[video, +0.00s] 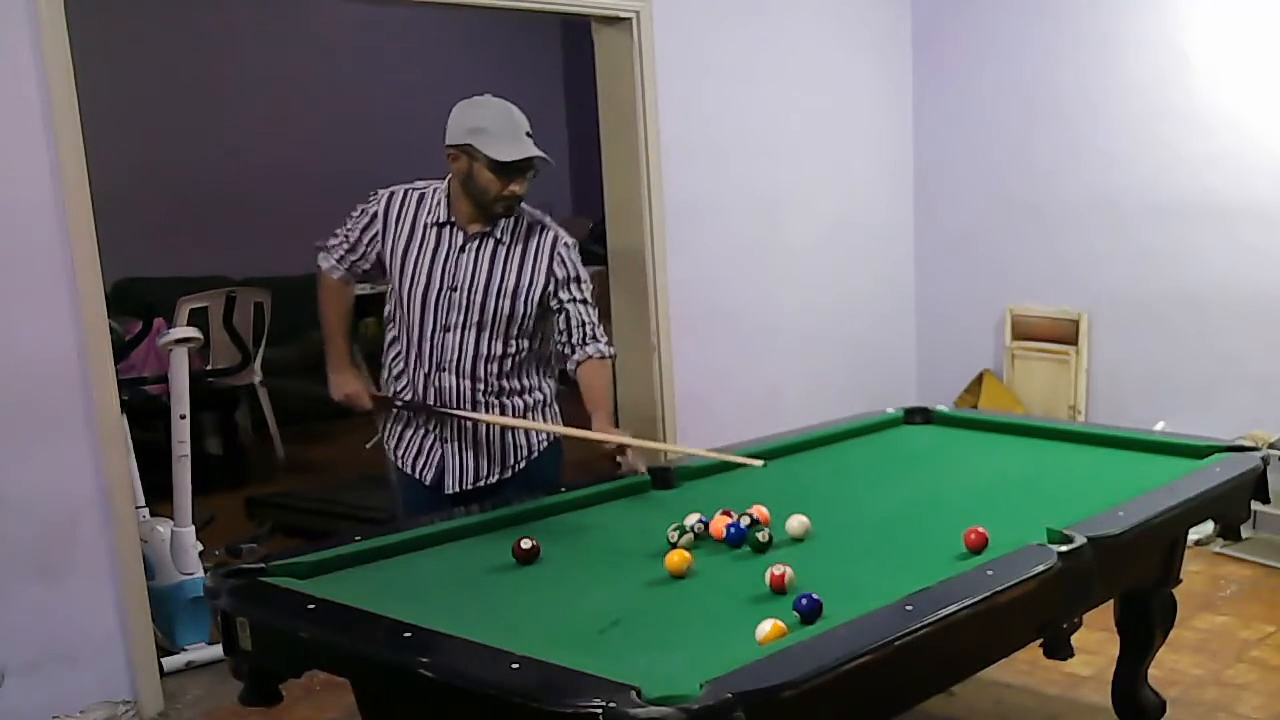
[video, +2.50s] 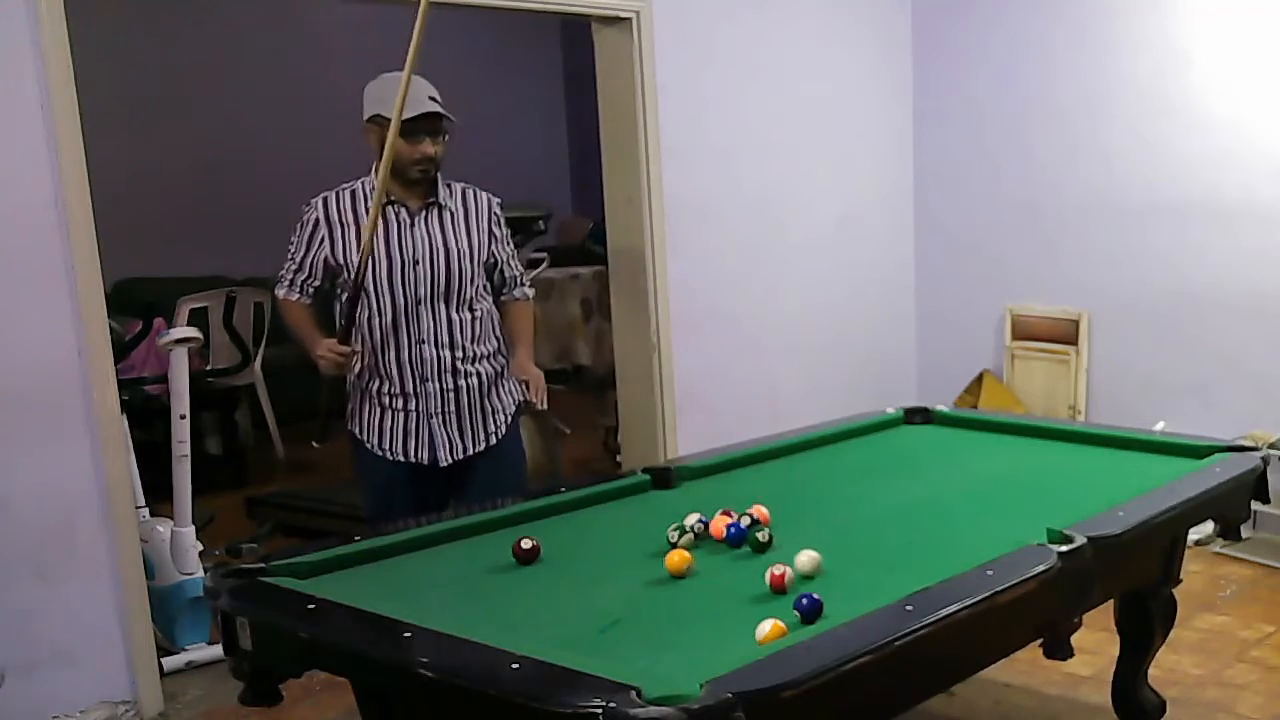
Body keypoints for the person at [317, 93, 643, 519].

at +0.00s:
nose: (519, 187)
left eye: (527, 172)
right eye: (503, 171)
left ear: (535, 168)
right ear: (457, 160)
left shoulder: (551, 248)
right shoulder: (392, 213)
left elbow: (587, 343)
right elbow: (336, 265)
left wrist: (604, 422)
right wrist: (340, 365)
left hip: (519, 449)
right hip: (421, 447)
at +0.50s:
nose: (523, 216)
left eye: (530, 201)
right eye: (510, 200)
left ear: (535, 195)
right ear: (462, 187)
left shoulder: (541, 266)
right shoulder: (388, 211)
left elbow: (593, 358)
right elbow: (310, 232)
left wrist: (647, 440)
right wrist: (301, 335)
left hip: (499, 442)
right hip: (404, 439)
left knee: (526, 579)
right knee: (418, 592)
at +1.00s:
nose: (543, 232)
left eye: (548, 218)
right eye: (531, 217)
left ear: (552, 210)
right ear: (484, 201)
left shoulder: (555, 277)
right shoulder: (409, 211)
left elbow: (611, 370)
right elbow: (322, 210)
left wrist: (671, 454)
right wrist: (316, 317)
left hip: (500, 436)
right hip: (403, 427)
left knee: (520, 570)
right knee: (415, 579)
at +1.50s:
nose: (555, 231)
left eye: (563, 217)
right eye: (544, 214)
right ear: (497, 193)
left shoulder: (564, 265)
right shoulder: (417, 208)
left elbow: (618, 360)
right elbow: (334, 282)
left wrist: (656, 442)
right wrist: (398, 325)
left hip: (514, 454)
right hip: (416, 447)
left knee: (528, 592)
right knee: (414, 597)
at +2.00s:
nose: (500, 164)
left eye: (506, 150)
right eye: (485, 147)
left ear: (511, 150)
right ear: (443, 139)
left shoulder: (524, 229)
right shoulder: (368, 207)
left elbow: (547, 311)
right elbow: (310, 287)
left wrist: (548, 385)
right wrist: (350, 336)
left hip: (499, 436)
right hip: (402, 435)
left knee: (509, 573)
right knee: (408, 580)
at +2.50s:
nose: (428, 148)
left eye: (436, 135)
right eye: (412, 136)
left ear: (447, 137)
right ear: (374, 135)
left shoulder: (480, 210)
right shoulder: (329, 216)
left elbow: (515, 290)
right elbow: (291, 292)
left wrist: (524, 356)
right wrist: (316, 344)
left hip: (485, 424)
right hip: (391, 431)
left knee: (503, 561)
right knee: (407, 572)